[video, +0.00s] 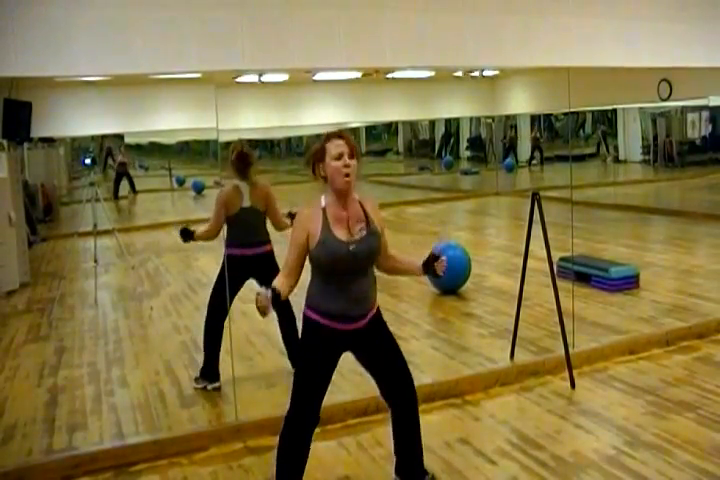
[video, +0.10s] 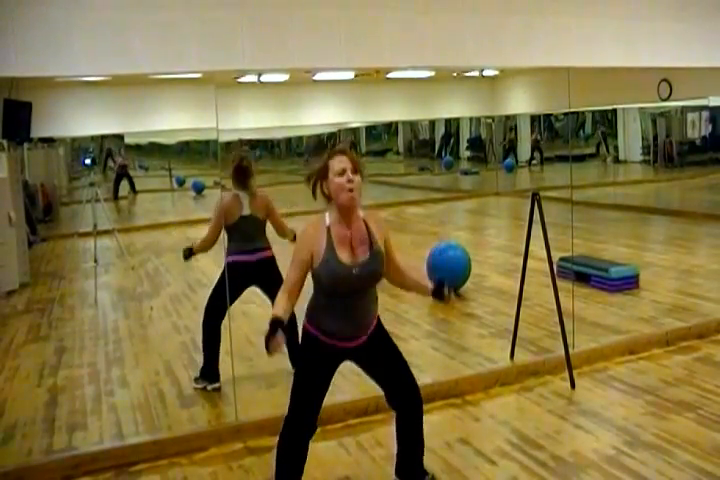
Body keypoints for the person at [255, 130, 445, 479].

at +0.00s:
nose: (347, 163)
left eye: (351, 156)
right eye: (338, 158)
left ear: (357, 163)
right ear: (321, 169)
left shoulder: (368, 209)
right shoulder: (308, 217)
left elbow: (384, 260)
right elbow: (289, 274)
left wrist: (423, 267)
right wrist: (273, 294)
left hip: (368, 325)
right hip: (322, 329)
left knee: (405, 398)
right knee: (302, 417)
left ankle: (411, 473)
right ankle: (287, 478)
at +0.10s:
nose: (351, 179)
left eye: (354, 172)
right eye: (341, 174)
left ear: (361, 179)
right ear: (325, 186)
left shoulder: (374, 225)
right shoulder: (313, 231)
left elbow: (395, 273)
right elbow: (290, 288)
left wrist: (433, 289)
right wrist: (277, 320)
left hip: (369, 335)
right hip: (322, 340)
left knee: (410, 400)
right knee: (300, 423)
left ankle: (411, 472)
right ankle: (286, 477)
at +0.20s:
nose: (354, 188)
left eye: (358, 182)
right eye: (344, 184)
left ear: (365, 191)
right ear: (329, 198)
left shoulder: (379, 235)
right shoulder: (318, 246)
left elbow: (403, 284)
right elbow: (292, 309)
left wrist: (436, 322)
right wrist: (280, 361)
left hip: (370, 341)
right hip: (323, 347)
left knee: (413, 402)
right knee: (298, 427)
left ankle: (411, 472)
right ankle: (285, 478)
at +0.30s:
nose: (354, 170)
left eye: (358, 163)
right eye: (345, 164)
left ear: (365, 169)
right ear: (329, 175)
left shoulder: (375, 218)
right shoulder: (315, 228)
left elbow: (396, 273)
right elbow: (298, 293)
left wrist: (416, 321)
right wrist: (288, 347)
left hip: (374, 334)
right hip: (327, 340)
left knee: (412, 401)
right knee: (303, 423)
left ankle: (412, 472)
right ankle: (285, 477)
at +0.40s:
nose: (353, 147)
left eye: (357, 140)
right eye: (344, 141)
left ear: (364, 146)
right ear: (326, 149)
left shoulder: (375, 190)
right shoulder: (311, 201)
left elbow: (386, 246)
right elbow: (298, 263)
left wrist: (394, 299)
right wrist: (293, 313)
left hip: (379, 311)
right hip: (332, 315)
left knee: (411, 388)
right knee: (309, 408)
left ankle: (412, 460)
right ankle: (289, 477)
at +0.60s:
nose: (356, 166)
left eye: (359, 159)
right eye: (346, 160)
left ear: (366, 164)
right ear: (330, 168)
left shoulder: (378, 207)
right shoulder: (316, 218)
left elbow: (392, 266)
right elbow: (292, 275)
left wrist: (400, 320)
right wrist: (284, 325)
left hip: (385, 335)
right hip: (336, 340)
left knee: (430, 418)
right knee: (313, 435)